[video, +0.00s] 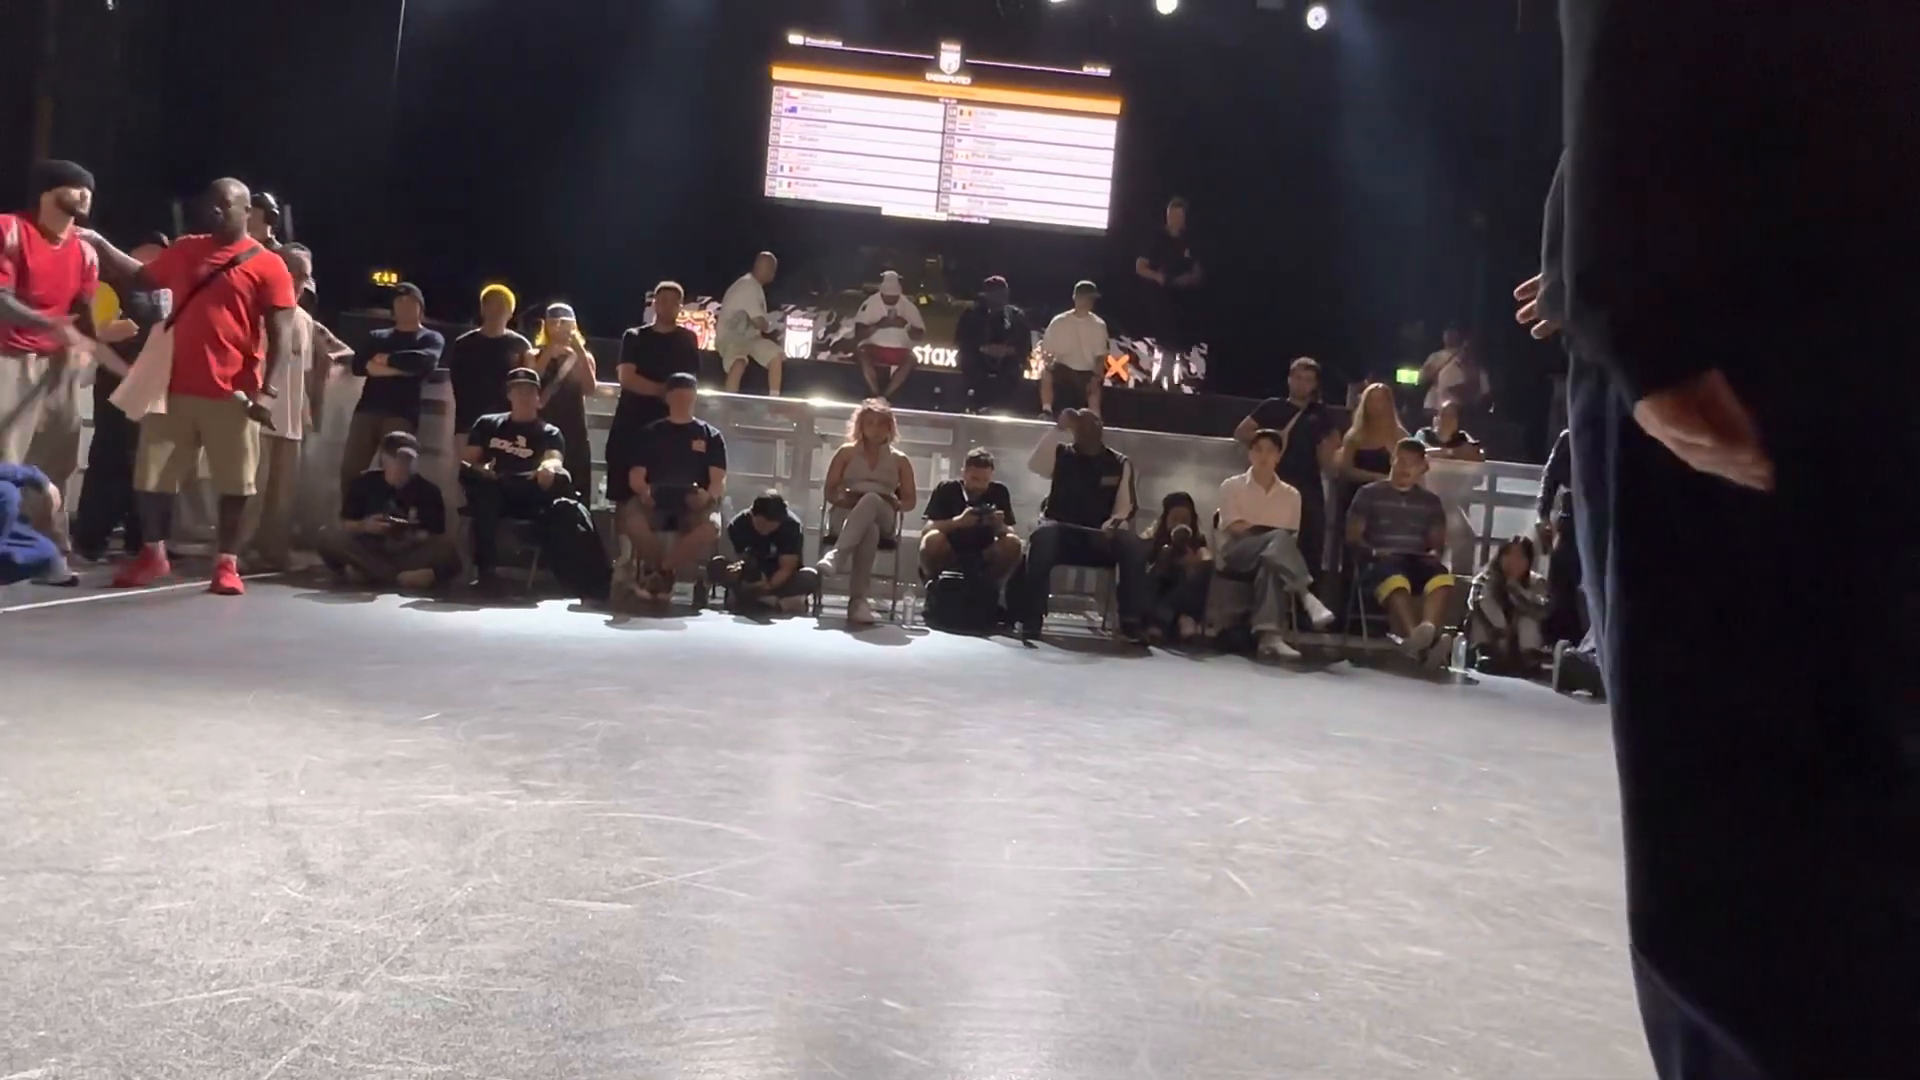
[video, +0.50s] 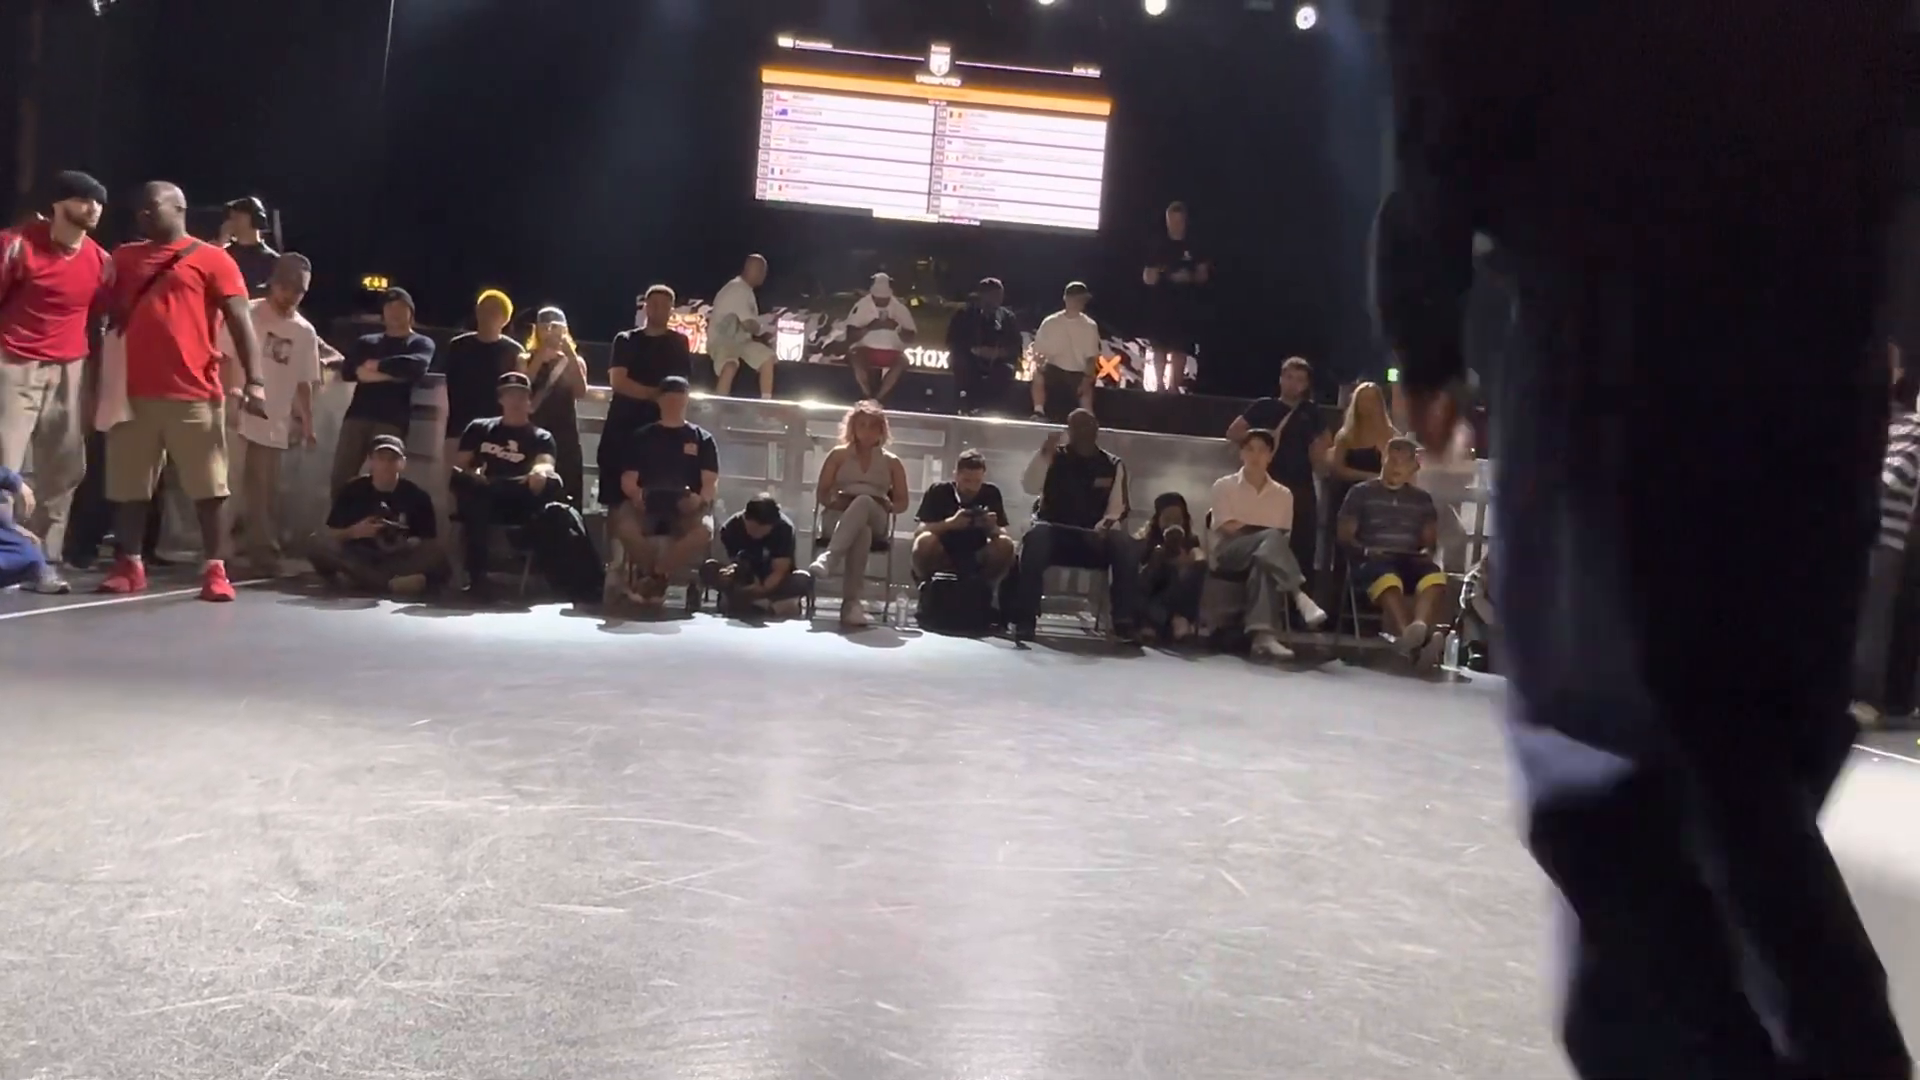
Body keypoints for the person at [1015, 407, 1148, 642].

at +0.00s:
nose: (1086, 430)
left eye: (1092, 424)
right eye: (1080, 425)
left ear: (1101, 430)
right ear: (1072, 430)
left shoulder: (1120, 463)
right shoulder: (1061, 455)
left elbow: (1124, 504)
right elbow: (1036, 464)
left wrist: (1115, 520)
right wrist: (1058, 429)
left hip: (1099, 535)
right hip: (1062, 532)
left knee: (1131, 543)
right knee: (1043, 537)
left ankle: (1131, 622)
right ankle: (1031, 621)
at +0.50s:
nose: (1082, 433)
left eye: (1087, 426)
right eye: (1077, 427)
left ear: (1097, 430)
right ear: (1068, 430)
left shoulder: (1114, 465)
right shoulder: (1054, 457)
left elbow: (1117, 506)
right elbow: (1030, 486)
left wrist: (1106, 523)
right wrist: (1045, 453)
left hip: (1092, 537)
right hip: (1056, 535)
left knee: (1124, 542)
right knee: (1036, 537)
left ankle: (1124, 621)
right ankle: (1025, 621)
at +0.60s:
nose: (1081, 433)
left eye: (1087, 427)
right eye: (1075, 427)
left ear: (1095, 432)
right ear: (1066, 430)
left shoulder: (1112, 465)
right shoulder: (1047, 457)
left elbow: (1116, 508)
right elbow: (1029, 501)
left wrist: (1105, 524)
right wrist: (1041, 484)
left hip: (1090, 537)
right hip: (1053, 535)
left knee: (1123, 543)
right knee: (1033, 538)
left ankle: (1123, 621)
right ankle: (1023, 621)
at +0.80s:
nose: (1075, 437)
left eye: (1082, 431)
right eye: (1070, 431)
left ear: (1091, 433)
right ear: (1063, 432)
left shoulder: (1109, 467)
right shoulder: (1044, 461)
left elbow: (1114, 509)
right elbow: (1030, 502)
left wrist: (1106, 523)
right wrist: (1043, 516)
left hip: (1090, 538)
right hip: (1054, 535)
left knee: (1122, 545)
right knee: (1028, 540)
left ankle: (1121, 624)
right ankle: (1022, 624)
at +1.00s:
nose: (1072, 436)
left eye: (1077, 430)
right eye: (1066, 430)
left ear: (1086, 432)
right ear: (1057, 432)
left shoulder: (1102, 465)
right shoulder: (1038, 460)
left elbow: (1109, 508)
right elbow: (1024, 500)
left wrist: (1100, 522)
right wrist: (1040, 518)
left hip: (1085, 536)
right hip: (1049, 534)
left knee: (1112, 544)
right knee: (1023, 539)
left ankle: (1104, 626)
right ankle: (1019, 622)